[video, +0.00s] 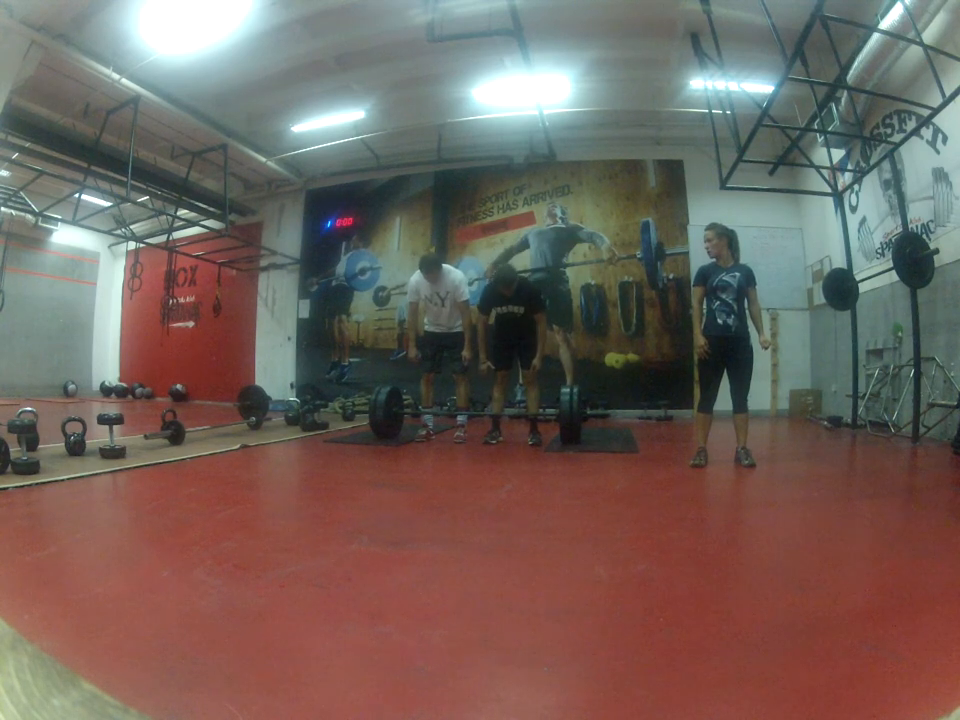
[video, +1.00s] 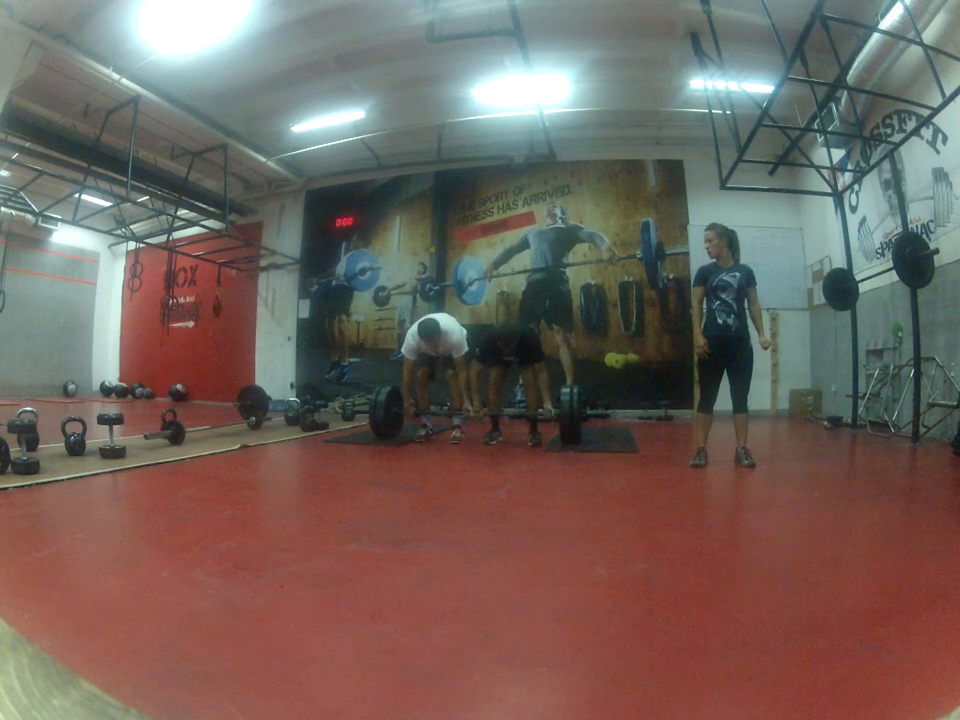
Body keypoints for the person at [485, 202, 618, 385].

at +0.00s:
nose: (551, 216)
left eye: (554, 213)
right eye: (548, 214)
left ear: (563, 217)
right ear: (545, 218)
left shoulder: (570, 229)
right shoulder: (534, 233)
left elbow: (593, 236)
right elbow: (512, 250)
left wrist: (607, 247)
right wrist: (493, 265)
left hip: (557, 285)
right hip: (534, 286)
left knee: (561, 334)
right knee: (527, 332)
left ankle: (570, 385)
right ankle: (523, 384)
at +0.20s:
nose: (550, 216)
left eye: (554, 213)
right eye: (548, 213)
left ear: (563, 217)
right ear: (544, 218)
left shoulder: (569, 229)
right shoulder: (533, 233)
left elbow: (593, 236)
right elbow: (511, 250)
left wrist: (607, 248)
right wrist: (494, 265)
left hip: (557, 284)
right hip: (533, 285)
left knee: (562, 335)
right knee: (528, 332)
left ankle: (570, 384)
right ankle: (523, 384)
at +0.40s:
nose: (551, 218)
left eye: (555, 215)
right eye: (549, 215)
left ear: (563, 218)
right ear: (545, 218)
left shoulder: (570, 229)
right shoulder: (533, 233)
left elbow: (593, 235)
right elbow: (512, 250)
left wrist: (607, 248)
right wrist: (493, 265)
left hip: (557, 285)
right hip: (534, 286)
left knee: (562, 335)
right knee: (528, 332)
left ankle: (570, 385)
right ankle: (523, 384)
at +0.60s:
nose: (552, 216)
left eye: (556, 214)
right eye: (549, 214)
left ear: (563, 218)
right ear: (545, 218)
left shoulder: (570, 229)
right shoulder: (534, 233)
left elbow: (593, 235)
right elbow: (512, 249)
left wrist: (607, 248)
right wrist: (493, 266)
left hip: (557, 283)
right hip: (534, 284)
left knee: (562, 335)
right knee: (530, 335)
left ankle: (570, 386)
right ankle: (536, 387)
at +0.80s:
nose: (552, 216)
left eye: (555, 214)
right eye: (549, 214)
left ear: (563, 217)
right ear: (545, 218)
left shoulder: (570, 229)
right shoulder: (534, 233)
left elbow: (593, 235)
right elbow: (512, 250)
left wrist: (607, 248)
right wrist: (493, 266)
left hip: (557, 283)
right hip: (534, 284)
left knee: (562, 336)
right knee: (528, 337)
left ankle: (570, 387)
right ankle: (525, 388)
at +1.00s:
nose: (552, 216)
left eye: (555, 213)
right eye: (549, 213)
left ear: (563, 217)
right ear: (545, 218)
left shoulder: (570, 229)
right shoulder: (534, 233)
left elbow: (593, 235)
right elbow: (512, 250)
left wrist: (606, 248)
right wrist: (493, 266)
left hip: (557, 283)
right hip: (534, 284)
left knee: (562, 335)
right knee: (529, 334)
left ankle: (569, 386)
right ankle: (527, 387)